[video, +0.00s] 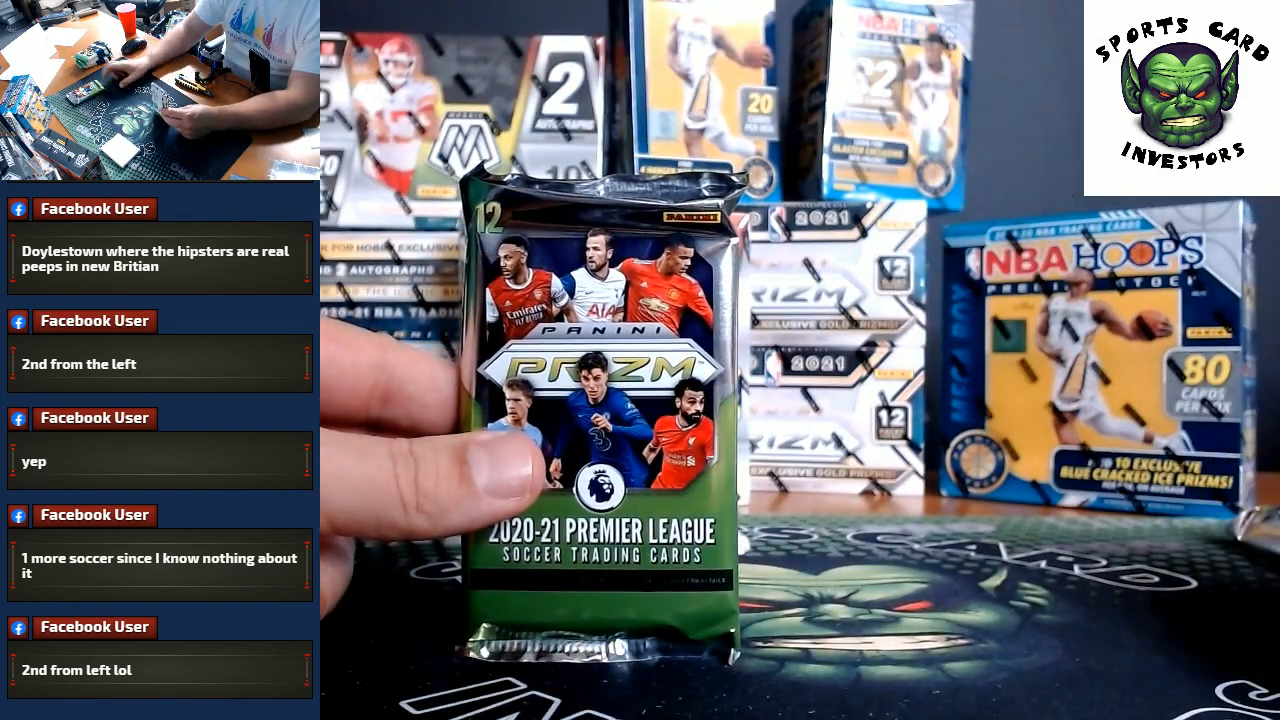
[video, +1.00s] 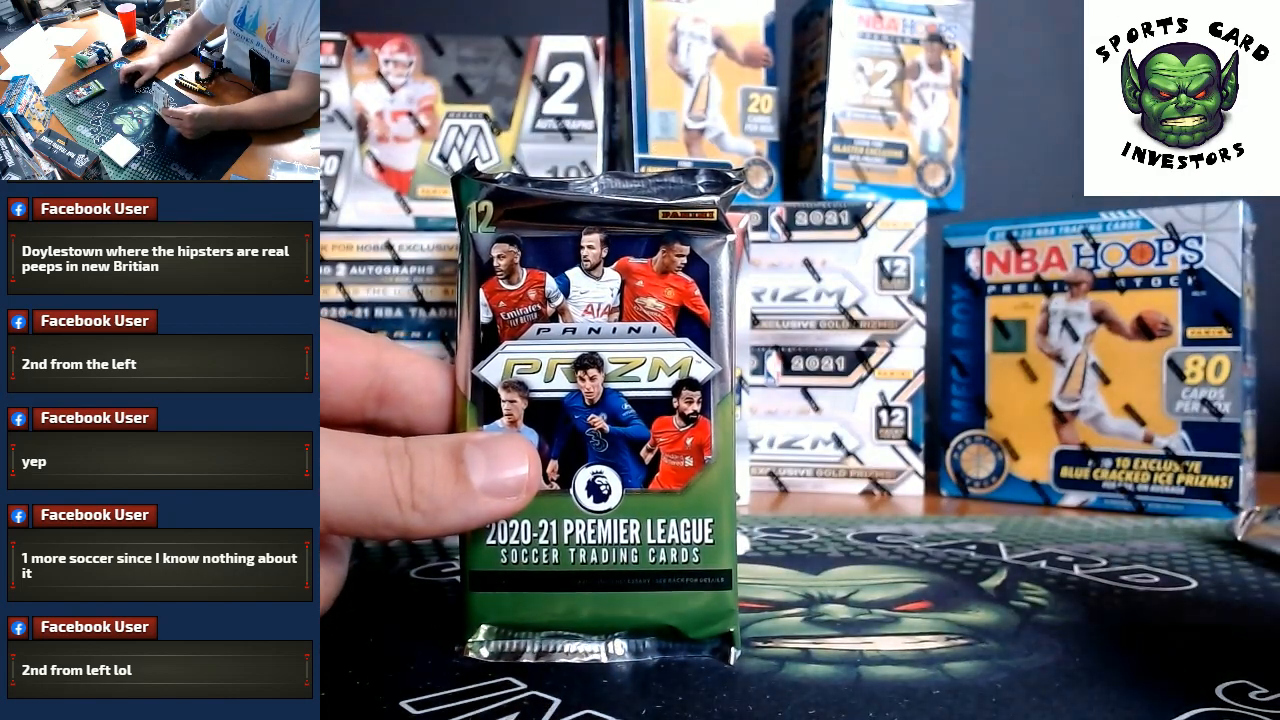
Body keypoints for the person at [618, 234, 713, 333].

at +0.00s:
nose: (688, 263)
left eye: (690, 258)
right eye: (683, 258)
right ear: (667, 254)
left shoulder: (689, 286)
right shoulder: (633, 267)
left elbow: (714, 321)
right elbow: (605, 286)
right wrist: (617, 310)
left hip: (667, 347)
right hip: (632, 344)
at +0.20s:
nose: (687, 263)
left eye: (688, 258)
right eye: (682, 257)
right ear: (666, 254)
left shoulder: (688, 286)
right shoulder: (631, 267)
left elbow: (712, 320)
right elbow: (603, 287)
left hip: (666, 347)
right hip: (631, 344)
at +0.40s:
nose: (684, 261)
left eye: (686, 256)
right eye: (679, 256)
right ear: (663, 252)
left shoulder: (686, 285)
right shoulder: (628, 266)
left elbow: (710, 319)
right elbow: (601, 285)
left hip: (664, 346)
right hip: (629, 343)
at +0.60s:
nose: (685, 262)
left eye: (687, 257)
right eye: (680, 256)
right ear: (664, 252)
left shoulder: (687, 285)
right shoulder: (629, 266)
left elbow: (712, 320)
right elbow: (602, 286)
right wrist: (614, 311)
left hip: (665, 346)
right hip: (630, 343)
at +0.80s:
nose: (684, 261)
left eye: (686, 256)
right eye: (679, 256)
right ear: (663, 252)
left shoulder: (686, 285)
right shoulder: (628, 266)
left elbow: (711, 321)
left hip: (664, 347)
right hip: (628, 344)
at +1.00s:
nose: (684, 262)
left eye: (686, 256)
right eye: (679, 256)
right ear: (663, 252)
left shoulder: (686, 285)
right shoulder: (628, 266)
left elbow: (711, 320)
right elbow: (599, 285)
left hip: (664, 346)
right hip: (628, 343)